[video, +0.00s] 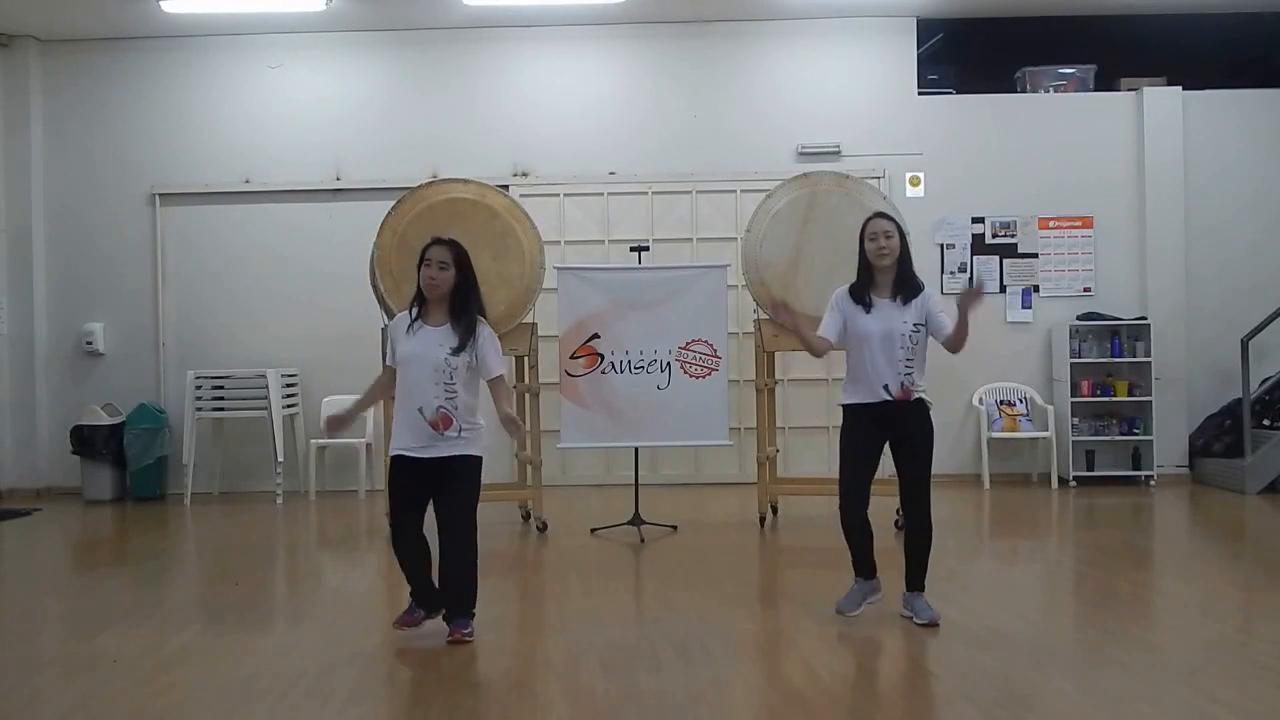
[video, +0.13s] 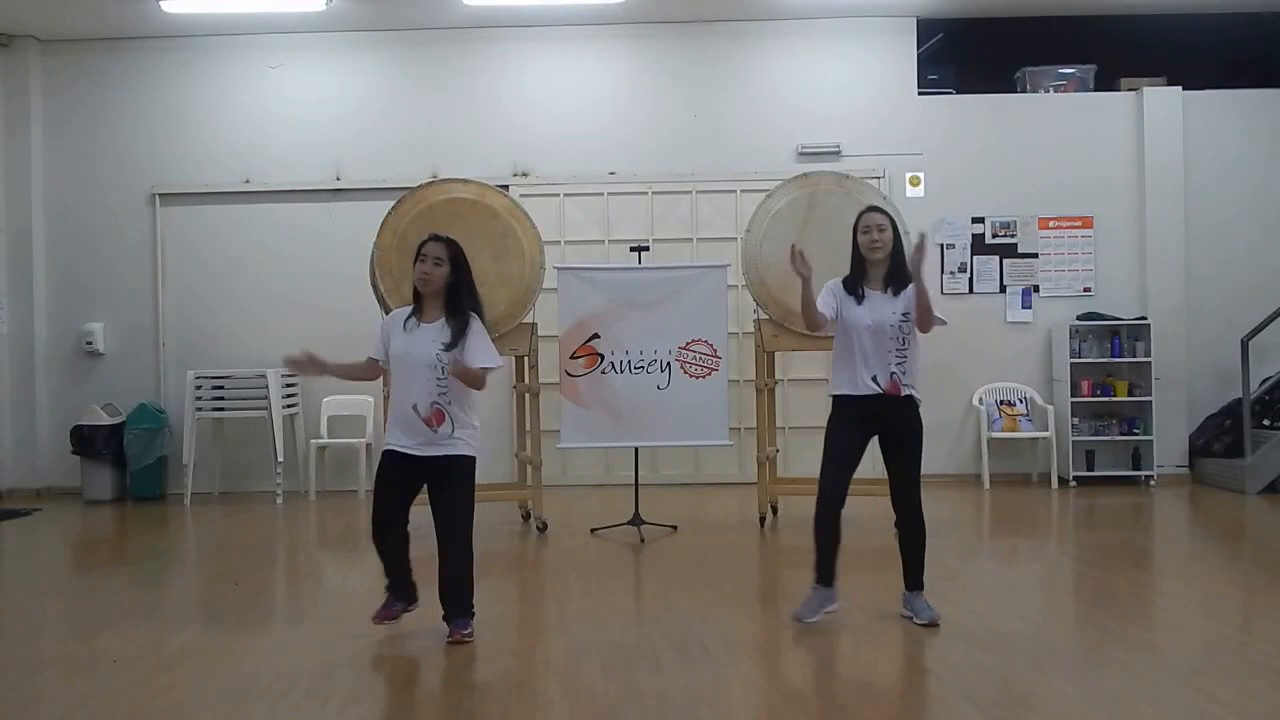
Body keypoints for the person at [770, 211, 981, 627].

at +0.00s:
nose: (881, 243)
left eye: (888, 236)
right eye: (873, 238)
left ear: (902, 243)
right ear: (862, 247)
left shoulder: (921, 295)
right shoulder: (845, 298)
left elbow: (953, 344)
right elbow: (820, 348)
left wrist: (964, 313)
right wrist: (798, 327)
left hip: (910, 413)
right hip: (860, 414)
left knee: (917, 507)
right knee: (851, 506)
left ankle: (915, 594)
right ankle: (866, 582)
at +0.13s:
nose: (874, 236)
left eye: (882, 229)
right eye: (866, 230)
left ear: (894, 237)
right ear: (855, 240)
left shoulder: (909, 288)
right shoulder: (839, 288)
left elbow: (925, 325)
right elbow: (814, 326)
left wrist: (919, 275)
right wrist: (806, 281)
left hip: (900, 407)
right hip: (850, 406)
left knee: (908, 504)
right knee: (828, 500)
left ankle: (915, 594)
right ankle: (823, 589)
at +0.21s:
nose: (865, 234)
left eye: (872, 228)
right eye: (857, 229)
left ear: (886, 236)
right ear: (847, 240)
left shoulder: (903, 287)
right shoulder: (835, 285)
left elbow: (899, 328)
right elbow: (815, 323)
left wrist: (879, 285)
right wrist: (822, 277)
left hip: (885, 405)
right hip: (835, 404)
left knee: (900, 502)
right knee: (815, 500)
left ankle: (914, 595)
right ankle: (787, 595)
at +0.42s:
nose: (846, 243)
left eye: (854, 237)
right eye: (838, 237)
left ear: (864, 247)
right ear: (825, 245)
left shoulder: (874, 303)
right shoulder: (800, 293)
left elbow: (890, 362)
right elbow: (777, 349)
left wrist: (874, 338)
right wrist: (797, 331)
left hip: (841, 413)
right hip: (794, 409)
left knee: (873, 507)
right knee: (790, 508)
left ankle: (894, 591)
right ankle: (777, 597)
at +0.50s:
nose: (842, 241)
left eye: (849, 235)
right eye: (834, 234)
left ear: (859, 247)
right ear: (819, 244)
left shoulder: (866, 305)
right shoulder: (793, 293)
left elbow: (887, 365)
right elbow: (758, 343)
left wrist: (902, 344)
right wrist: (761, 335)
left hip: (834, 414)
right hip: (788, 412)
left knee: (859, 506)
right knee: (789, 506)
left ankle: (862, 584)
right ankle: (777, 597)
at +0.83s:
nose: (835, 245)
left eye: (841, 239)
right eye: (827, 238)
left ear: (849, 249)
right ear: (810, 247)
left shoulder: (850, 304)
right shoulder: (789, 295)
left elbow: (879, 357)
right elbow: (766, 347)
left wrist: (923, 336)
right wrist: (765, 306)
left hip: (834, 417)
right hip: (793, 415)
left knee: (859, 512)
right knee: (796, 508)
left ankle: (808, 571)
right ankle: (777, 595)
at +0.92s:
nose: (841, 240)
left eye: (847, 235)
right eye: (832, 234)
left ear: (854, 245)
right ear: (816, 244)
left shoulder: (857, 298)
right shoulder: (799, 288)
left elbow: (903, 326)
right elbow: (794, 305)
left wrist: (928, 281)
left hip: (840, 411)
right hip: (801, 411)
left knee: (887, 497)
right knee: (802, 504)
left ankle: (855, 579)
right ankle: (778, 596)